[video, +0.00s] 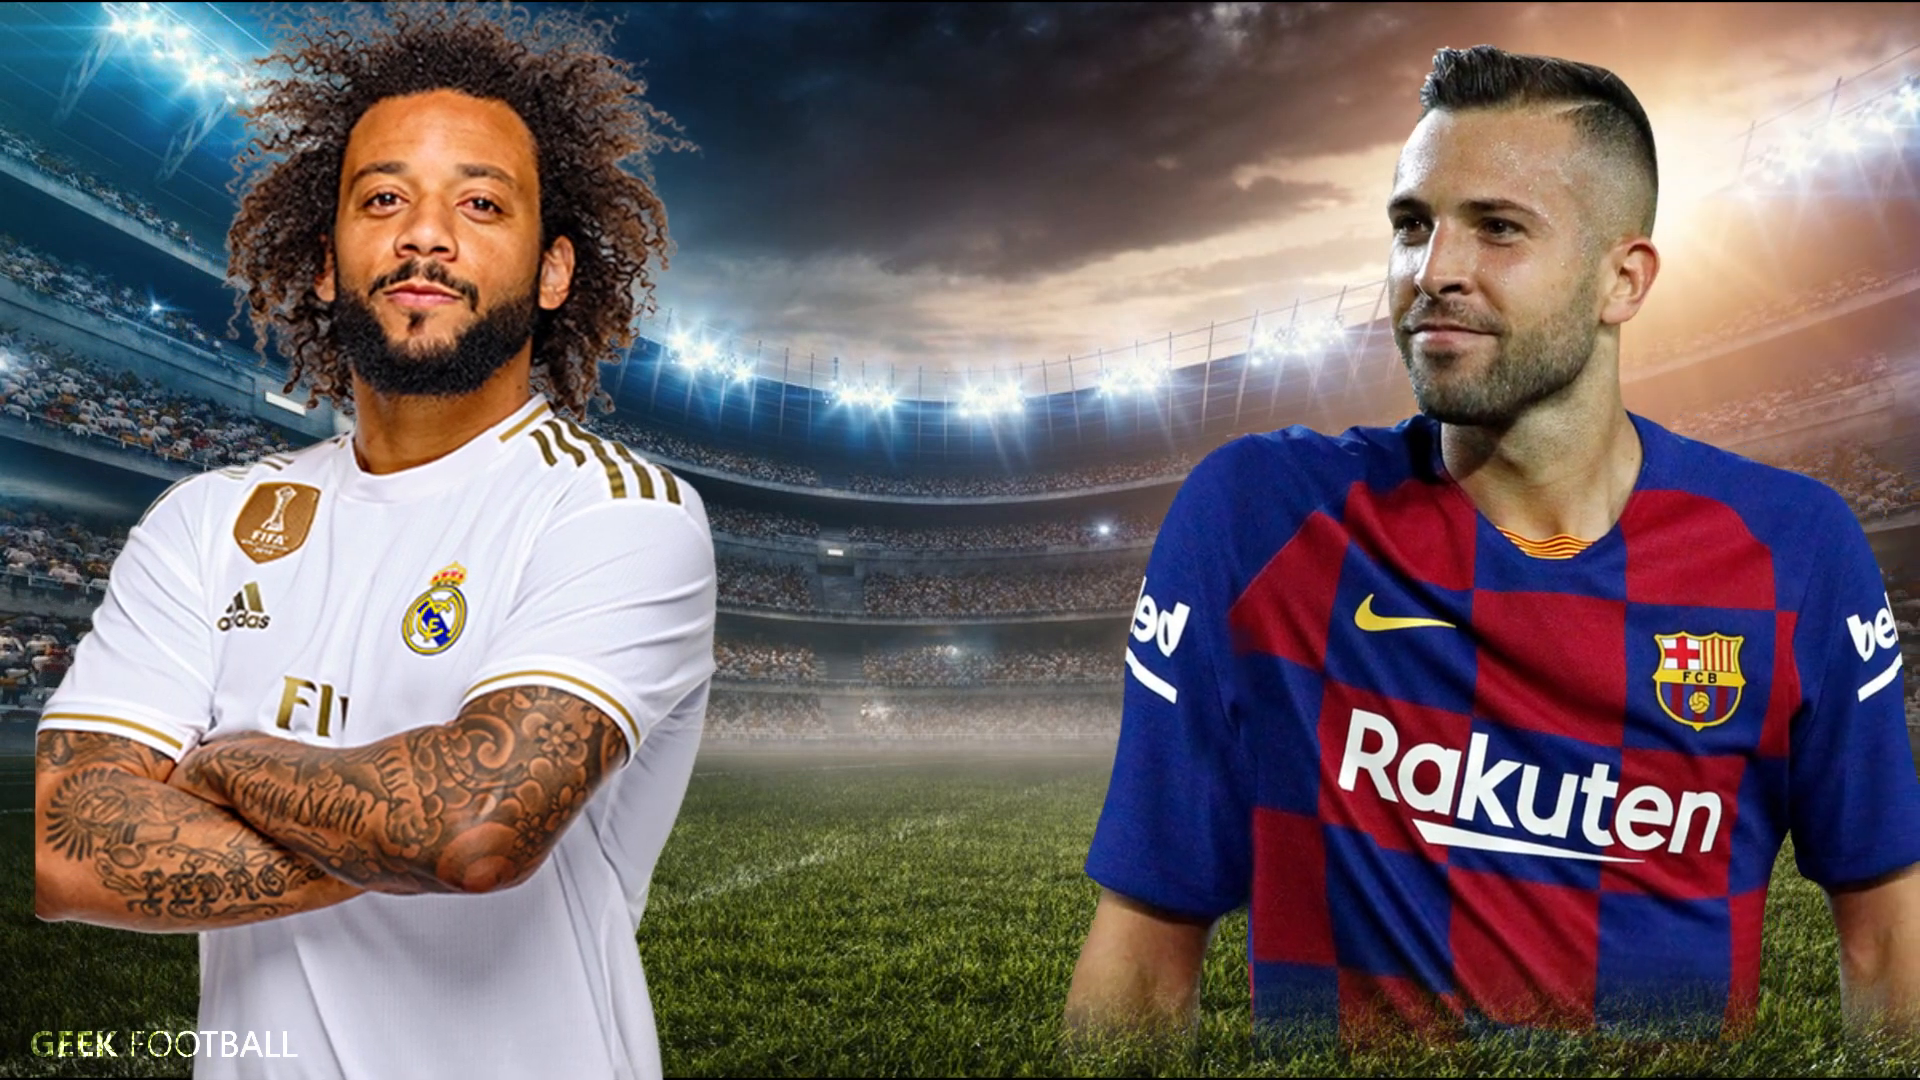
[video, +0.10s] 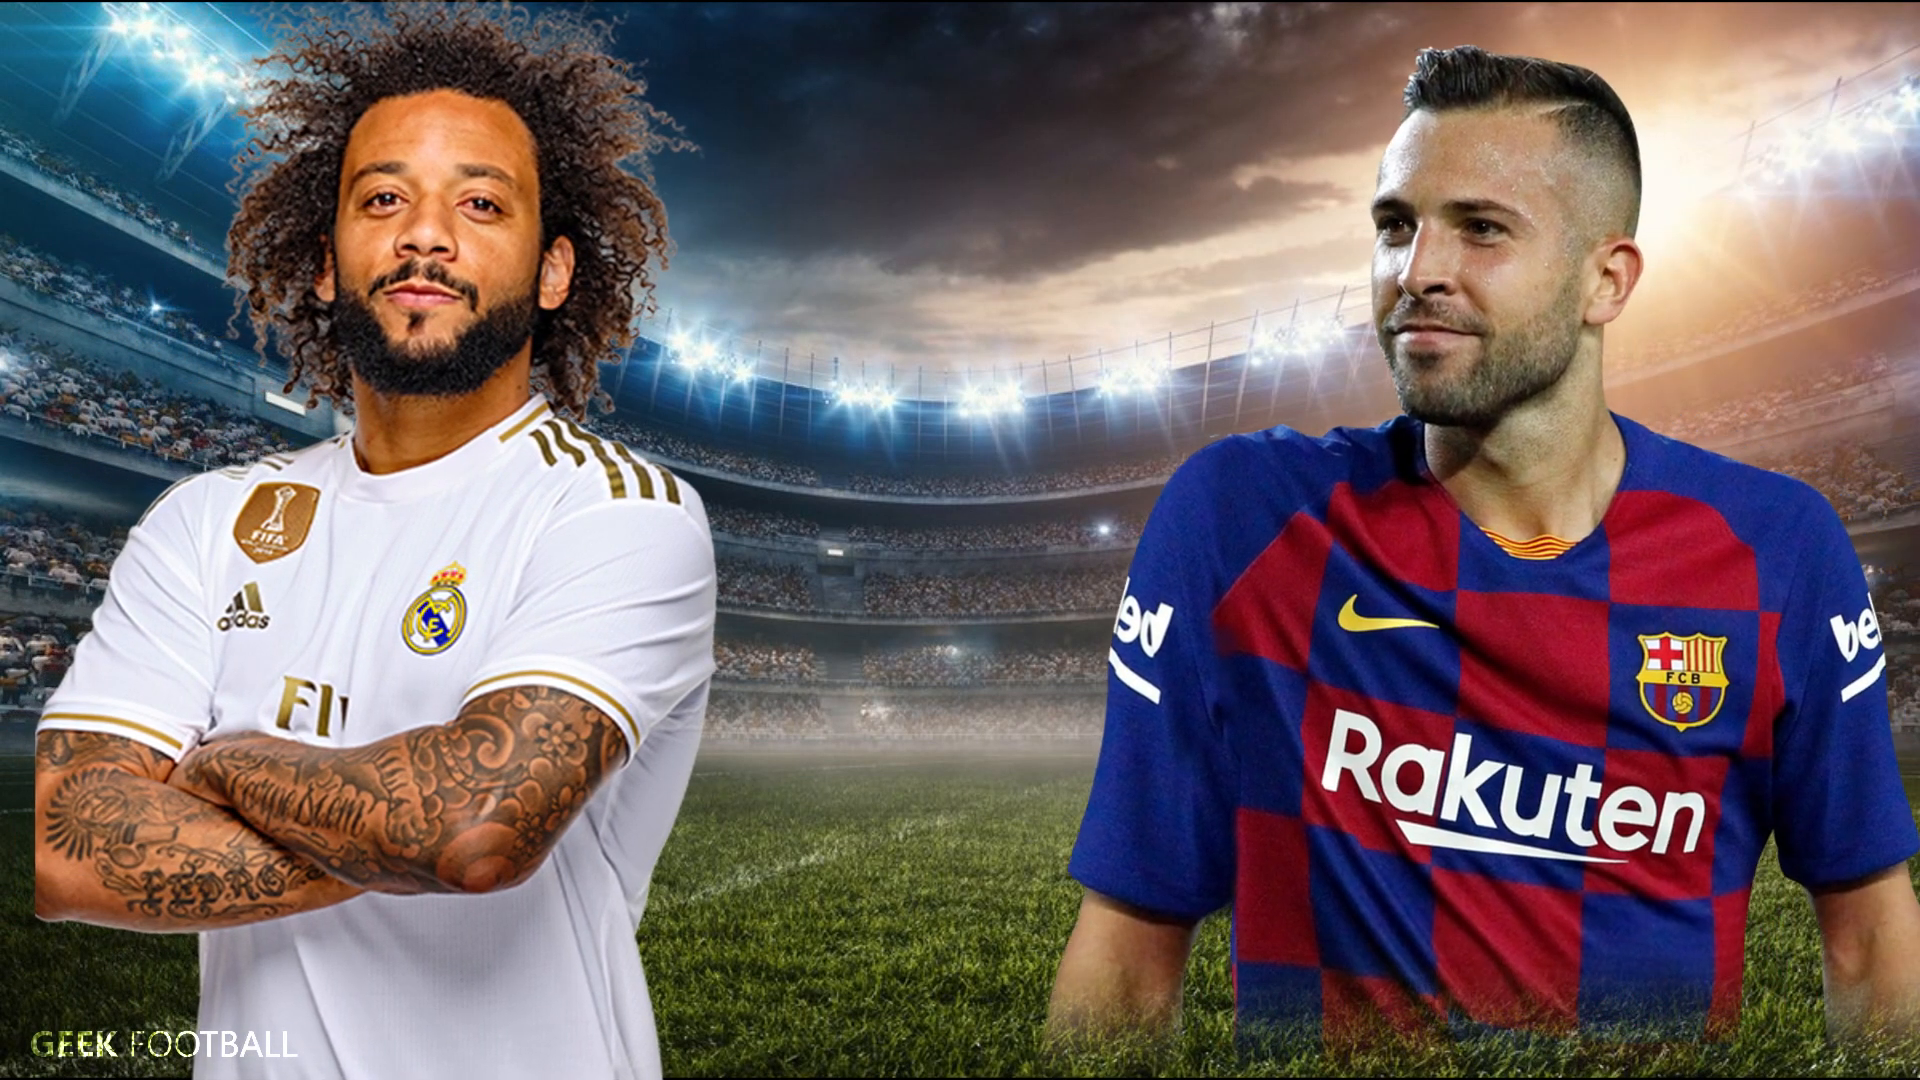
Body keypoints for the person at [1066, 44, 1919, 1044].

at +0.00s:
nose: (1432, 273)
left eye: (1499, 228)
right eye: (1414, 227)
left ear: (1623, 282)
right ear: (1391, 250)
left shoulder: (1798, 553)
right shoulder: (1253, 515)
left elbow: (1885, 934)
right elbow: (1145, 943)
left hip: (1668, 1059)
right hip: (1343, 1062)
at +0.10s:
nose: (1415, 273)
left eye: (1482, 229)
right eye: (1397, 227)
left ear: (1607, 282)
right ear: (1373, 251)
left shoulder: (1780, 552)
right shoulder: (1235, 515)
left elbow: (1872, 930)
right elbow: (1128, 942)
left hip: (1653, 1049)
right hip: (1325, 1051)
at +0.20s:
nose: (1409, 273)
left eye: (1477, 229)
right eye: (1390, 228)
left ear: (1602, 281)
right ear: (1367, 250)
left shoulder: (1774, 552)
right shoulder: (1230, 516)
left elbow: (1865, 925)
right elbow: (1123, 943)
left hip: (1646, 1049)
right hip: (1319, 1051)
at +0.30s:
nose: (1408, 274)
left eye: (1476, 230)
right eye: (1389, 229)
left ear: (1601, 283)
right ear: (1366, 252)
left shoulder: (1773, 552)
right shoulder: (1229, 516)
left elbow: (1864, 926)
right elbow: (1122, 943)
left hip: (1646, 1046)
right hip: (1317, 1044)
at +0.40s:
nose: (1407, 275)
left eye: (1474, 231)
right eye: (1389, 229)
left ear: (1600, 284)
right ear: (1365, 254)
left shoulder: (1772, 554)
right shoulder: (1229, 517)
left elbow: (1864, 928)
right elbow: (1121, 946)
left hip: (1646, 1047)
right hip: (1316, 1046)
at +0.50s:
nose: (1407, 275)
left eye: (1474, 231)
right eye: (1388, 230)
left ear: (1600, 285)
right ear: (1364, 256)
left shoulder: (1771, 555)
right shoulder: (1229, 519)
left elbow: (1863, 931)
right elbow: (1121, 946)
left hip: (1644, 1048)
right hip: (1316, 1047)